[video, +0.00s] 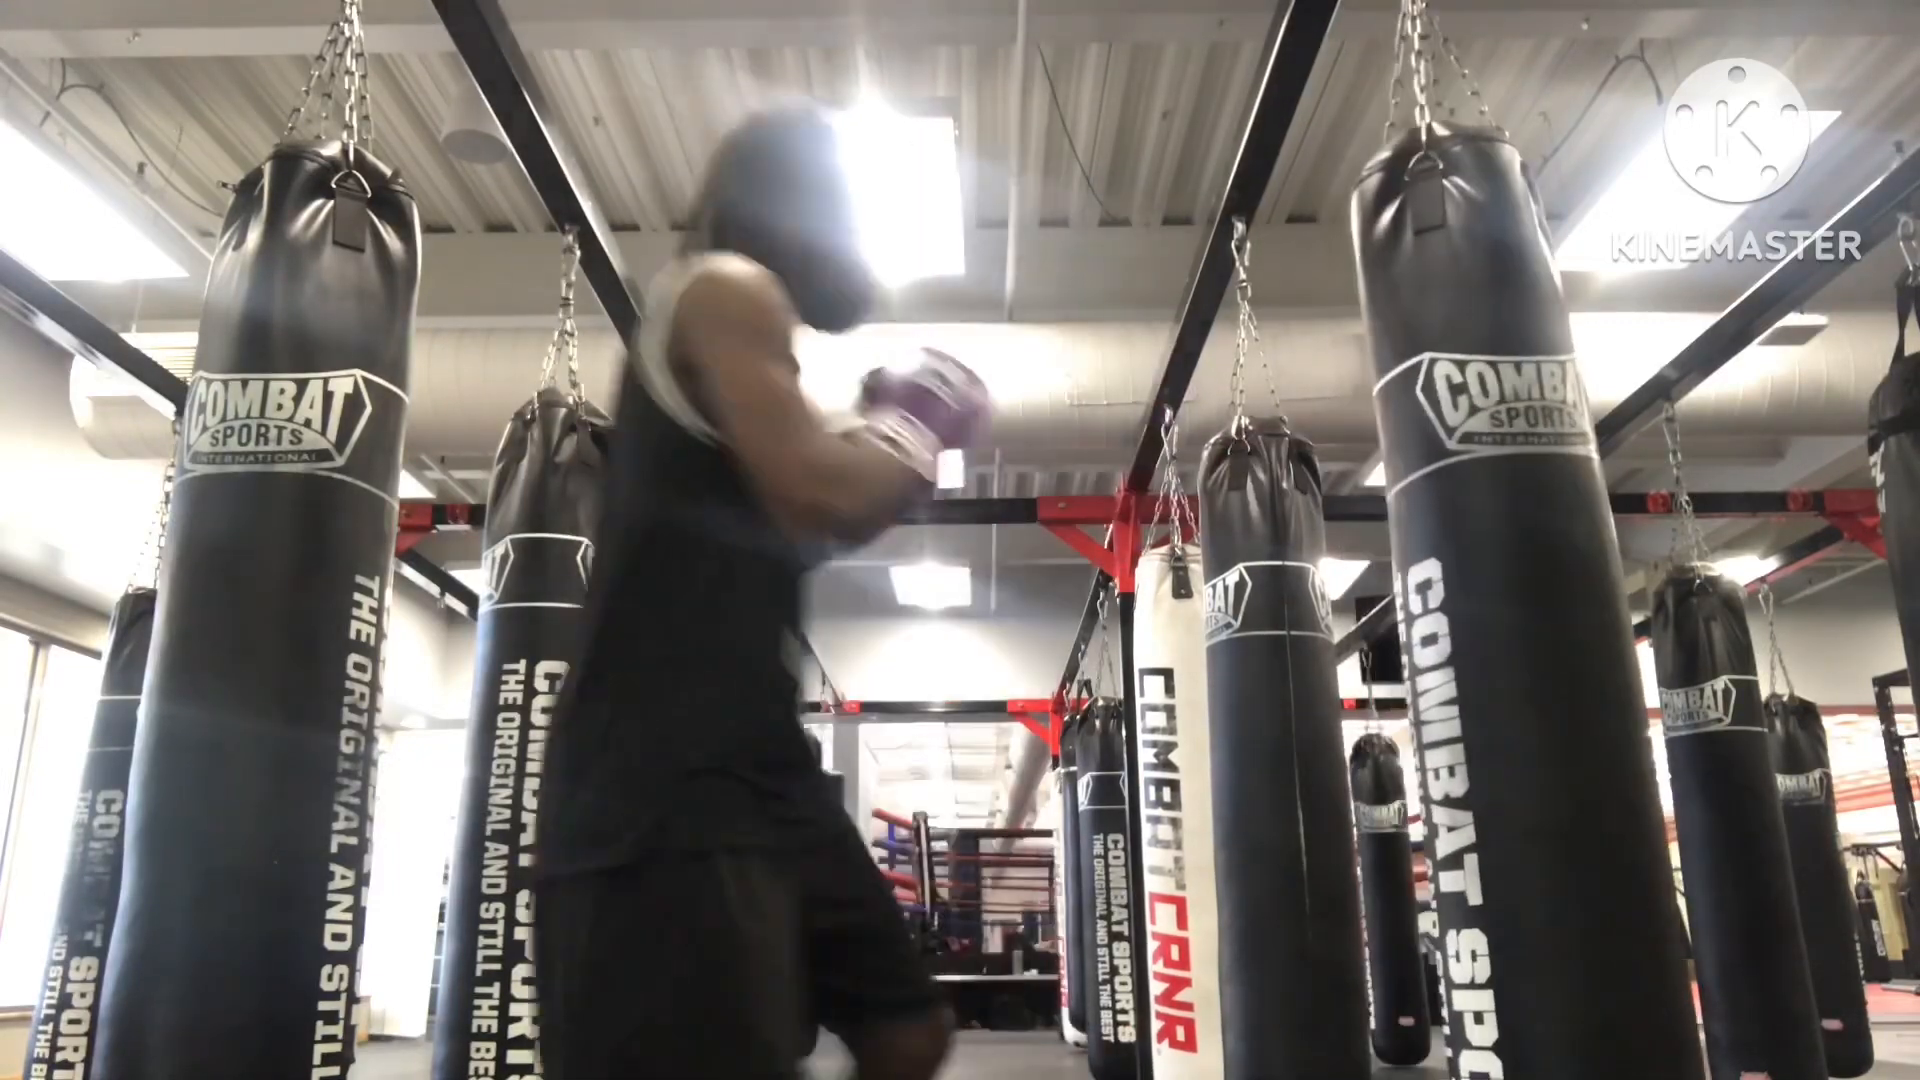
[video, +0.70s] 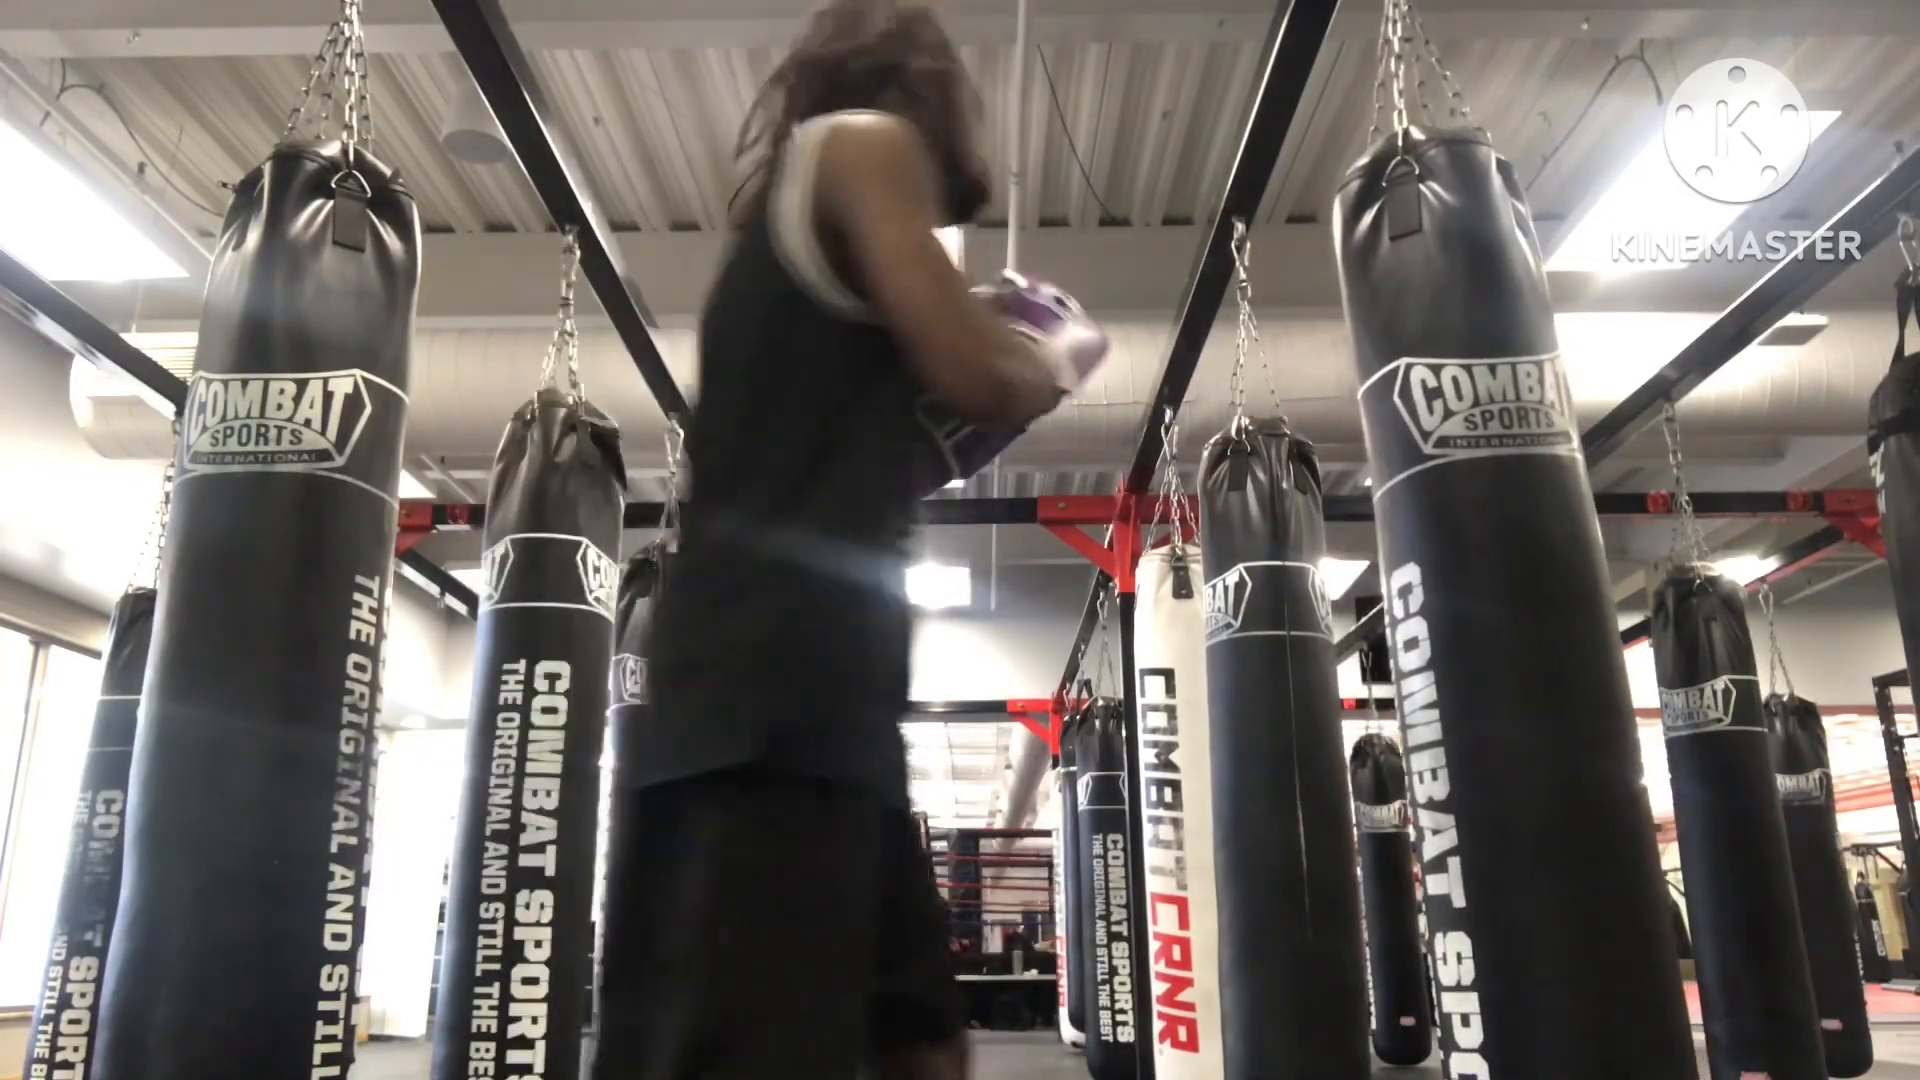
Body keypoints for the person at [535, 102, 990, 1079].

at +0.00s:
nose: (859, 226)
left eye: (852, 197)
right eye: (840, 194)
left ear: (756, 199)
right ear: (786, 196)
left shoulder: (735, 313)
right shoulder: (722, 289)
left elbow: (808, 504)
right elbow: (812, 485)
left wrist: (884, 422)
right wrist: (909, 440)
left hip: (753, 765)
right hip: (675, 776)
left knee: (906, 1032)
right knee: (703, 1053)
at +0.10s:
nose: (825, 195)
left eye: (821, 168)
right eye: (806, 165)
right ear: (745, 170)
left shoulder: (741, 340)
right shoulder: (641, 255)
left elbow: (737, 560)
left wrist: (867, 483)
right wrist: (829, 397)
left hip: (725, 720)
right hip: (624, 721)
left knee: (759, 1030)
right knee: (668, 1043)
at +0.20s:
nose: (826, 230)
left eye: (824, 198)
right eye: (798, 192)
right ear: (696, 201)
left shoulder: (778, 386)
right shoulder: (577, 324)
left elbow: (755, 614)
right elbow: (523, 521)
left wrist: (876, 509)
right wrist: (699, 458)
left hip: (708, 776)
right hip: (583, 767)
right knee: (642, 1060)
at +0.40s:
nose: (818, 178)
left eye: (826, 155)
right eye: (788, 149)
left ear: (832, 187)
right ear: (705, 176)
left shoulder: (806, 384)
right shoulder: (593, 315)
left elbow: (815, 613)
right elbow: (533, 508)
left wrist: (919, 509)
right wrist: (721, 452)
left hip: (720, 775)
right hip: (585, 761)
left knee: (591, 1053)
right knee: (643, 1053)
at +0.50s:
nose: (904, 162)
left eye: (900, 133)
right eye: (887, 125)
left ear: (819, 125)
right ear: (809, 113)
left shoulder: (820, 306)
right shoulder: (662, 210)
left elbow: (783, 571)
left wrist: (911, 475)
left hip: (758, 724)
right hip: (643, 713)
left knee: (753, 1040)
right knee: (653, 1042)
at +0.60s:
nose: (946, 144)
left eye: (946, 115)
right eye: (932, 110)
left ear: (849, 97)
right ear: (862, 83)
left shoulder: (783, 212)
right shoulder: (760, 156)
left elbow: (821, 480)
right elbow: (829, 362)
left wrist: (975, 407)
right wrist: (975, 330)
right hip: (719, 658)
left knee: (843, 1020)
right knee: (699, 1024)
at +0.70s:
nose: (950, 137)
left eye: (950, 117)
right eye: (944, 110)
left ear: (815, 81)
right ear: (915, 85)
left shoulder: (781, 217)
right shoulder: (858, 141)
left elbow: (852, 469)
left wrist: (999, 362)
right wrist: (1056, 355)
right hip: (788, 689)